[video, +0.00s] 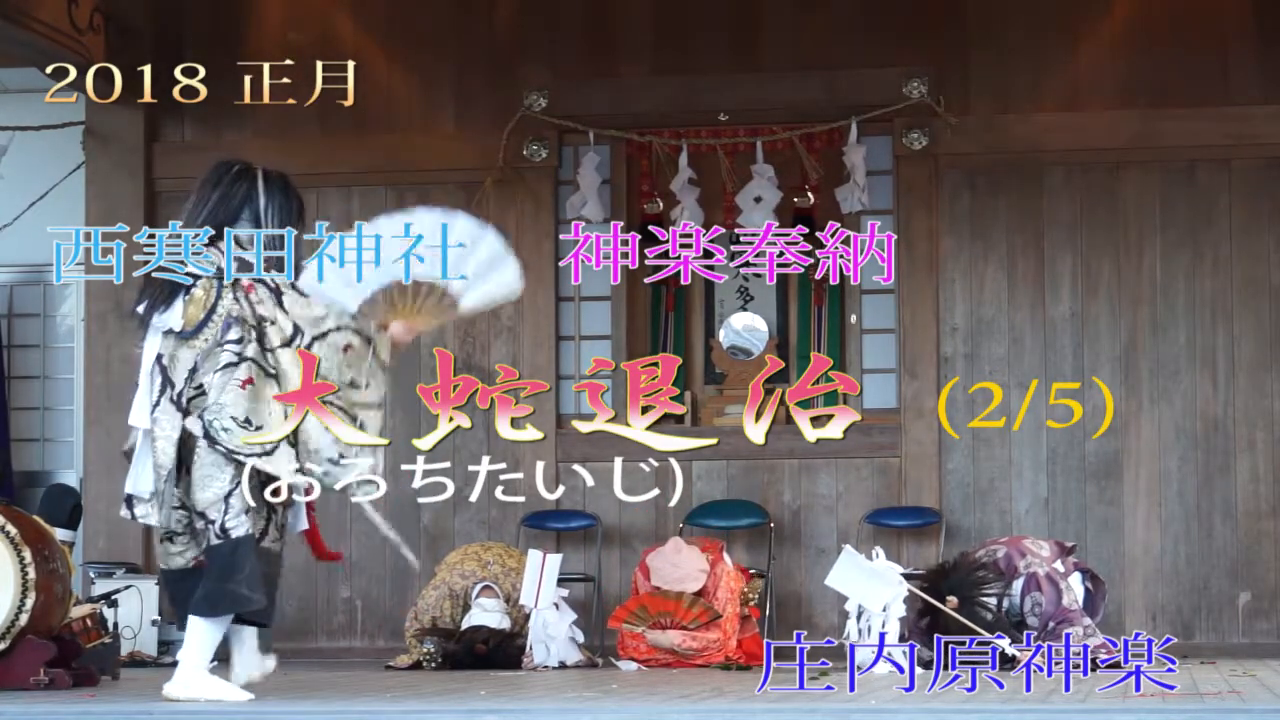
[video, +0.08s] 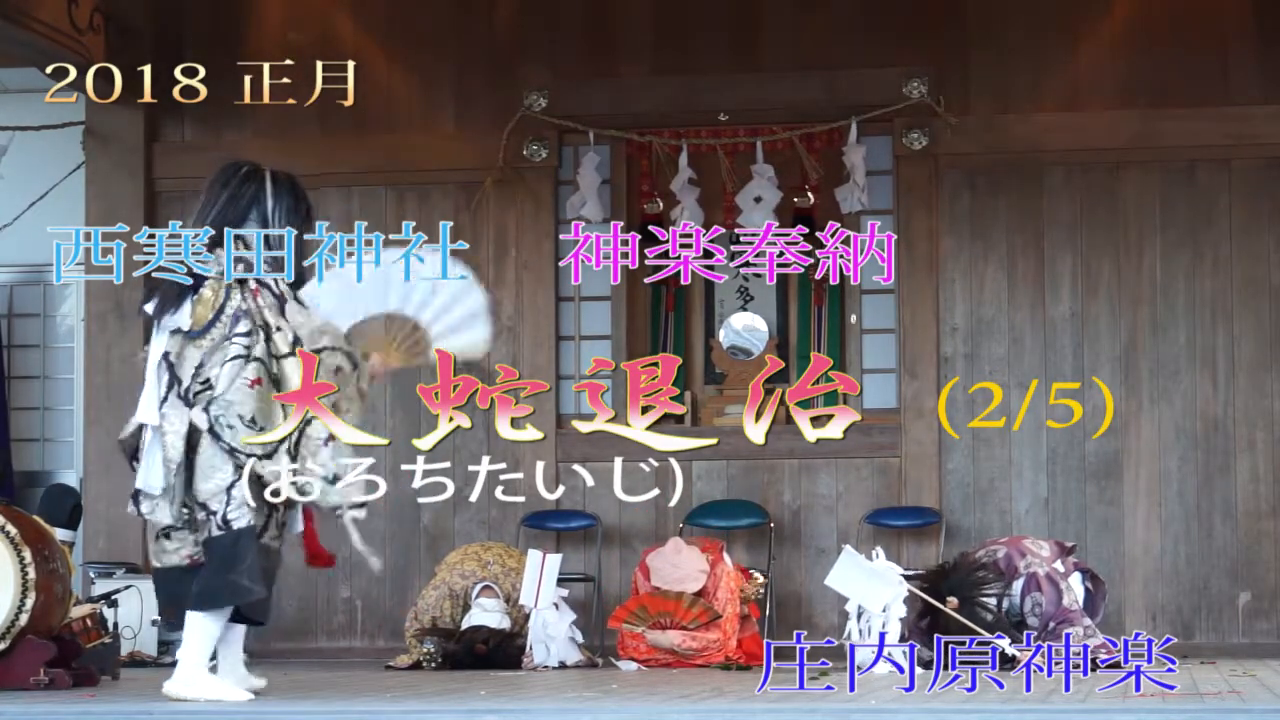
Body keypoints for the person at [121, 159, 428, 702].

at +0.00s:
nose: (290, 240)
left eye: (289, 228)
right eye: (286, 227)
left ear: (213, 214)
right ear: (262, 225)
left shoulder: (190, 285)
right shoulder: (234, 295)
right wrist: (385, 339)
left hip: (184, 441)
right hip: (223, 444)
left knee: (243, 545)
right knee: (233, 551)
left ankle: (246, 656)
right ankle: (192, 671)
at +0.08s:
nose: (300, 243)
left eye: (297, 230)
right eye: (292, 229)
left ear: (227, 220)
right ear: (266, 227)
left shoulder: (264, 292)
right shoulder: (231, 298)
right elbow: (235, 396)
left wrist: (349, 357)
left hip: (238, 447)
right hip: (209, 450)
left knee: (254, 546)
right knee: (231, 547)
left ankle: (230, 664)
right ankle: (191, 669)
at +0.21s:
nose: (312, 254)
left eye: (313, 238)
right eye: (307, 237)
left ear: (237, 226)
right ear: (280, 236)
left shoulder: (213, 293)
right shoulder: (253, 300)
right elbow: (236, 389)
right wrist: (277, 438)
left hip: (214, 443)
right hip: (223, 448)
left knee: (241, 549)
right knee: (240, 551)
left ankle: (227, 654)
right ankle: (211, 652)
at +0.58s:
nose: (332, 252)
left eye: (333, 237)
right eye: (329, 236)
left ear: (259, 214)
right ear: (306, 228)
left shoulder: (214, 290)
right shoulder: (293, 295)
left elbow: (187, 371)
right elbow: (310, 382)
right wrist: (317, 462)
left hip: (207, 432)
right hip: (264, 435)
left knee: (223, 541)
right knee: (281, 537)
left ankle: (230, 661)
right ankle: (263, 656)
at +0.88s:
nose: (349, 224)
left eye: (347, 213)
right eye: (344, 212)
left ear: (268, 200)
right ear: (325, 211)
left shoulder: (232, 274)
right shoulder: (319, 283)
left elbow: (211, 360)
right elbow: (344, 373)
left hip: (228, 428)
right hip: (289, 436)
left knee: (240, 532)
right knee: (292, 534)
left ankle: (239, 647)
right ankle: (265, 652)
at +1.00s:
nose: (346, 224)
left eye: (337, 216)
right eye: (343, 212)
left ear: (272, 204)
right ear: (328, 209)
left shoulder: (245, 277)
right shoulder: (329, 283)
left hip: (241, 420)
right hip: (301, 424)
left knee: (252, 528)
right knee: (295, 530)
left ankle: (247, 646)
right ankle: (266, 652)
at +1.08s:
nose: (360, 221)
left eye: (357, 211)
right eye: (355, 210)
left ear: (278, 201)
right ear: (338, 208)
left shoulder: (251, 269)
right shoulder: (339, 269)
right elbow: (402, 304)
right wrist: (468, 332)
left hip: (245, 420)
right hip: (306, 423)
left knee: (262, 530)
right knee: (297, 532)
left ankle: (262, 648)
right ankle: (266, 651)